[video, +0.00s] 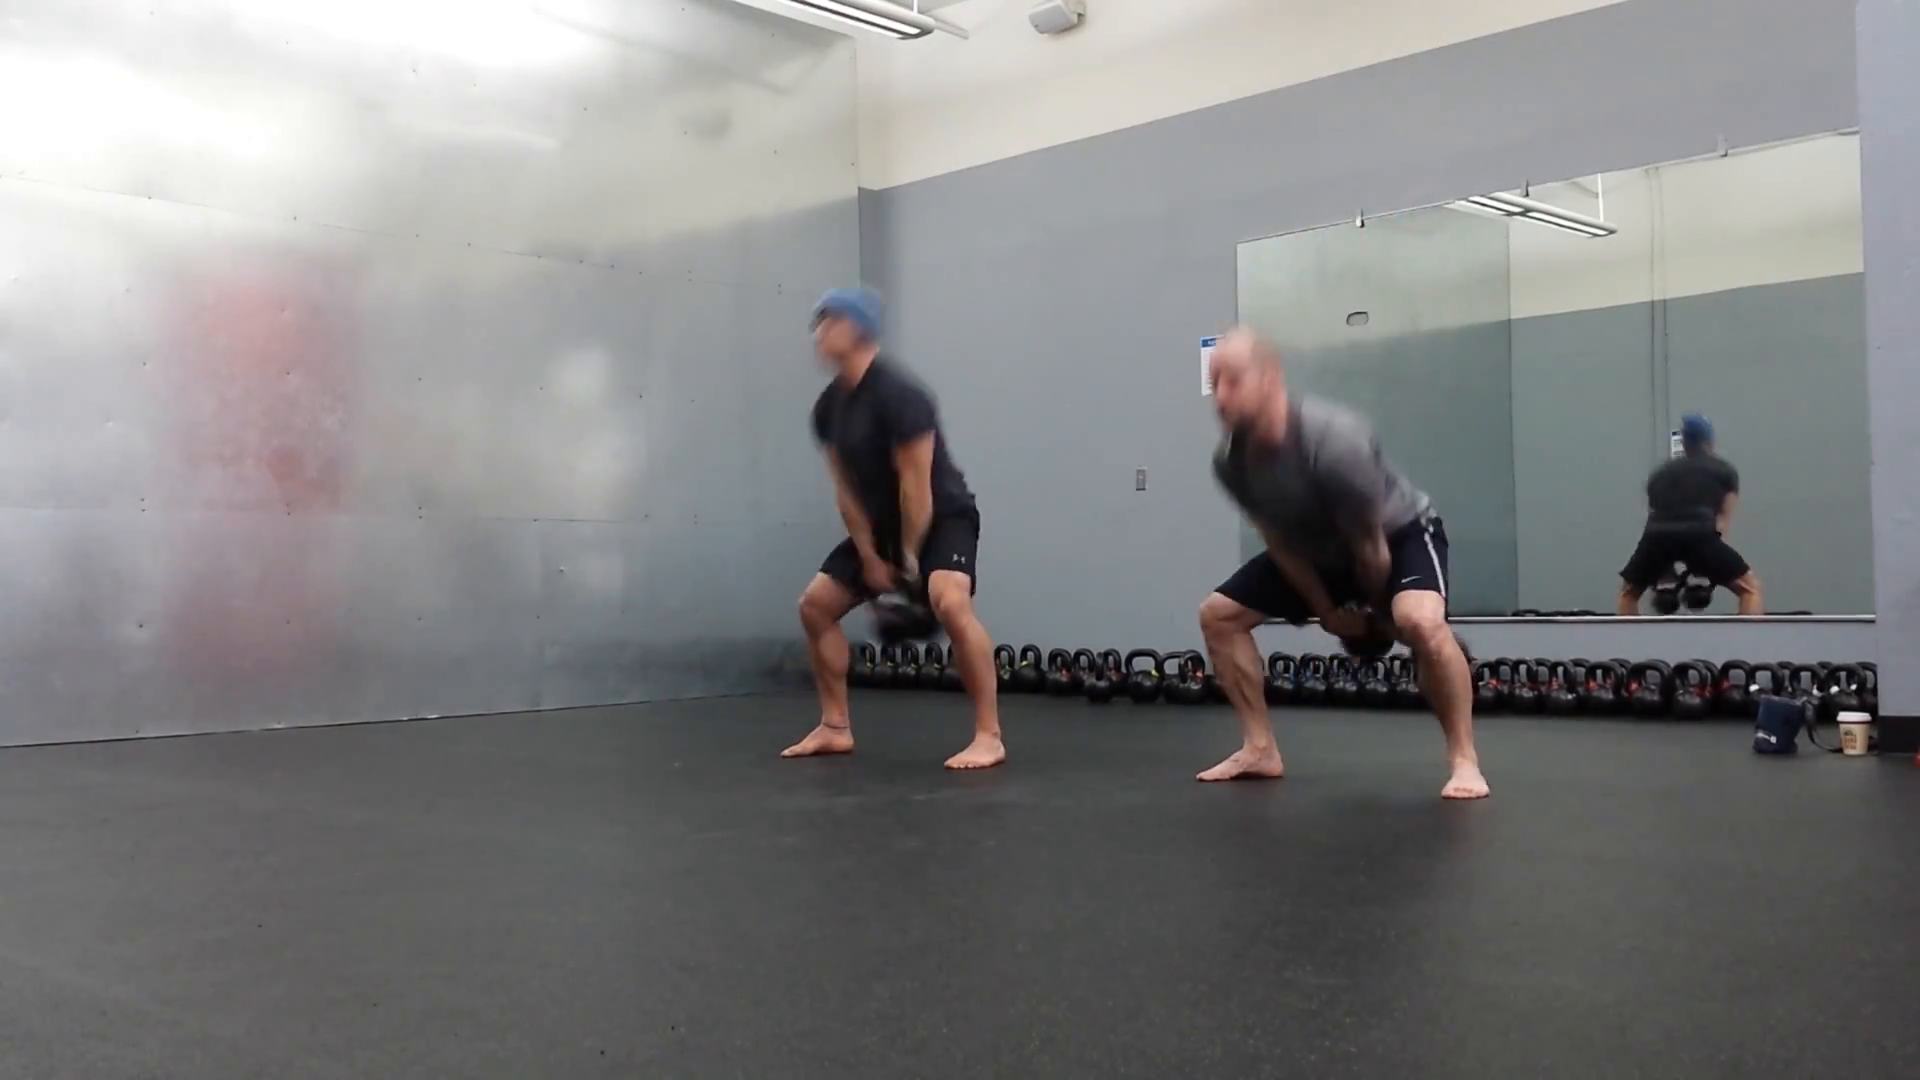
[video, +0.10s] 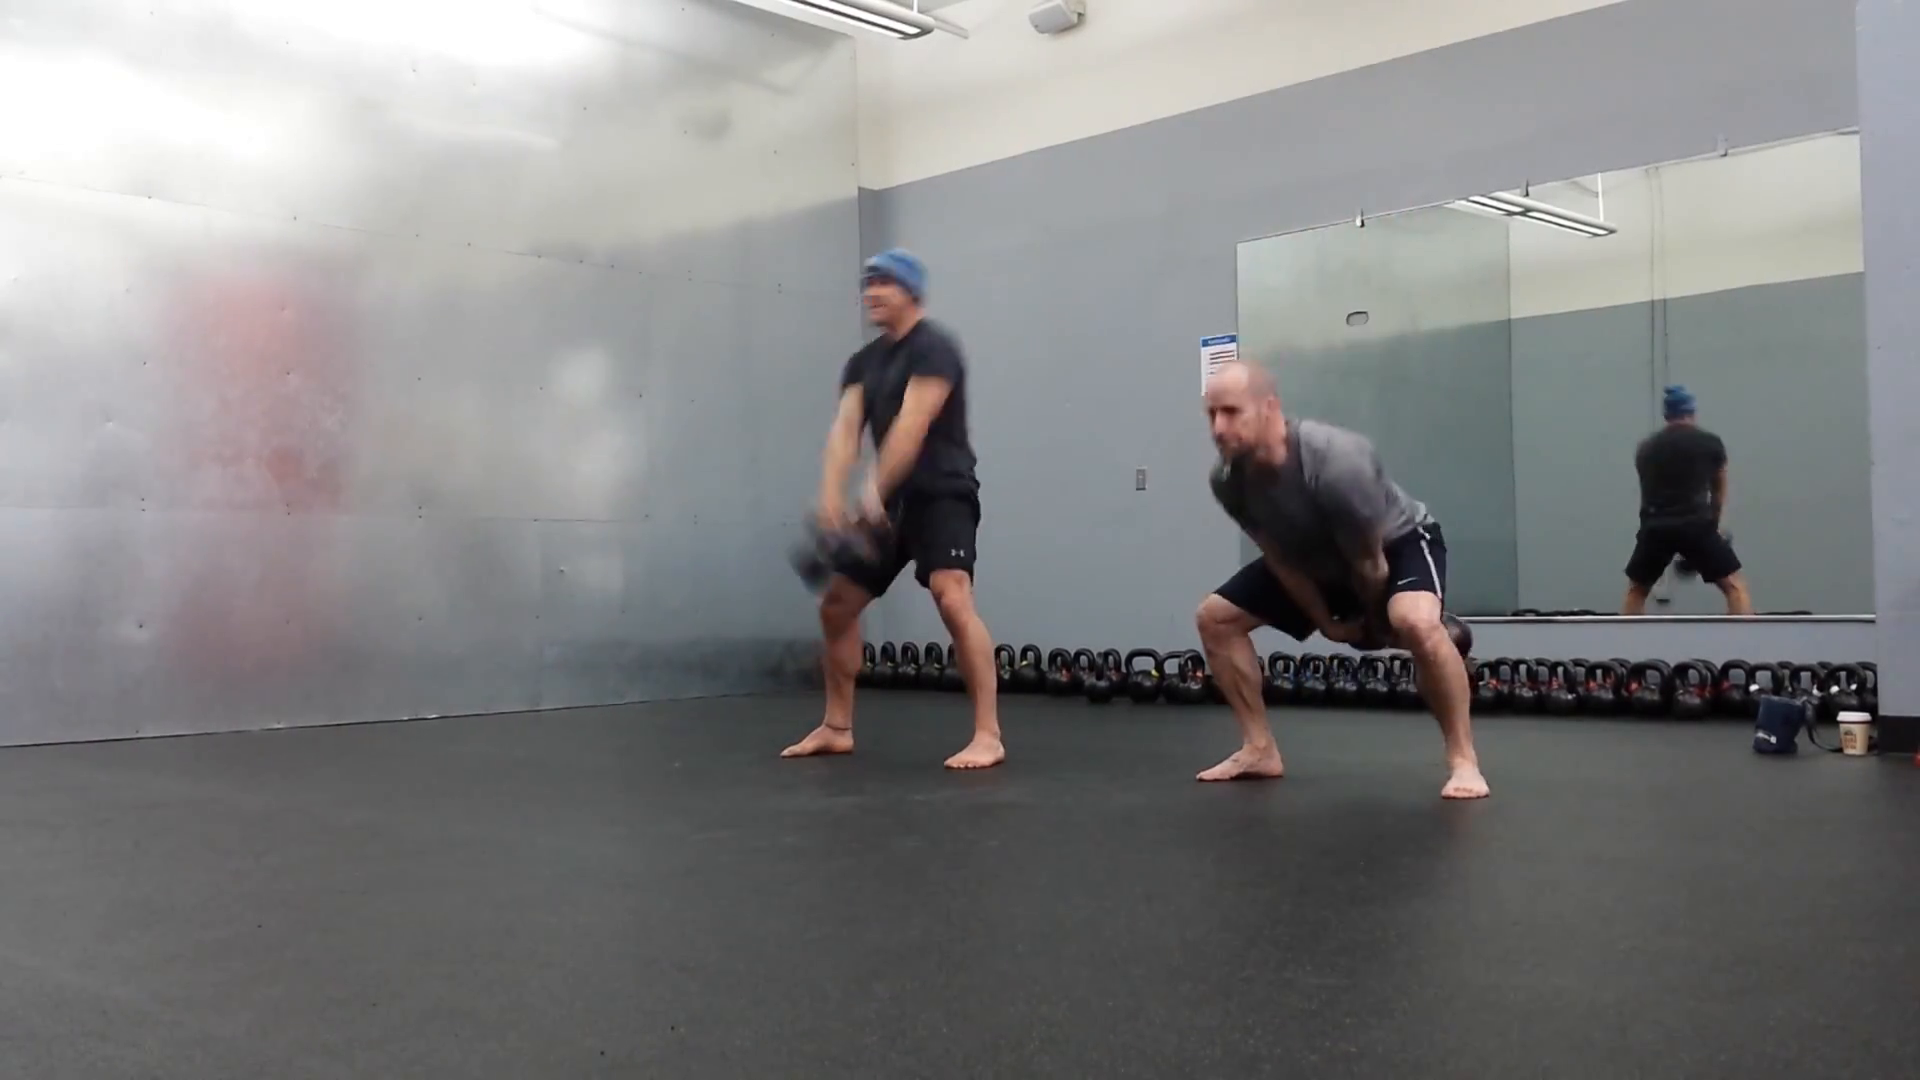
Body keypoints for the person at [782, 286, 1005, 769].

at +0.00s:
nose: (819, 331)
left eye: (831, 321)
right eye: (820, 322)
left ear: (861, 330)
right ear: (827, 334)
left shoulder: (902, 396)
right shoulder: (829, 407)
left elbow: (917, 486)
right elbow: (845, 489)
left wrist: (910, 556)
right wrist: (868, 555)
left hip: (943, 517)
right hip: (882, 522)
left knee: (949, 602)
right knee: (816, 607)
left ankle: (989, 735)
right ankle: (835, 726)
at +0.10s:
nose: (871, 293)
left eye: (882, 284)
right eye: (868, 285)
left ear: (911, 292)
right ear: (866, 296)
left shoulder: (935, 348)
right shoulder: (864, 361)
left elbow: (911, 428)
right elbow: (844, 431)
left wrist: (873, 493)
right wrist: (831, 497)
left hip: (944, 496)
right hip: (893, 500)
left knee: (952, 598)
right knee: (838, 607)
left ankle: (988, 735)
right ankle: (837, 726)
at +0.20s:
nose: (900, 293)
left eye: (909, 283)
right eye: (896, 285)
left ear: (939, 288)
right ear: (897, 294)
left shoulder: (968, 333)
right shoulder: (893, 347)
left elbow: (923, 386)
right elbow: (853, 391)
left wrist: (858, 401)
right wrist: (810, 416)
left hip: (937, 489)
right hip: (884, 488)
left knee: (951, 600)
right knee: (851, 605)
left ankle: (985, 735)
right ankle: (838, 726)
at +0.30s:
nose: (898, 293)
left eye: (908, 283)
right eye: (895, 285)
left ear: (937, 290)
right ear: (897, 296)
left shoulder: (969, 340)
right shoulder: (891, 360)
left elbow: (935, 375)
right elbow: (831, 399)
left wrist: (864, 339)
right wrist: (804, 360)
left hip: (927, 491)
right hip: (872, 491)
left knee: (946, 600)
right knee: (854, 609)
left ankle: (987, 735)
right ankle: (838, 727)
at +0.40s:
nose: (882, 285)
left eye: (891, 276)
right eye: (880, 278)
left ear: (919, 283)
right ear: (878, 283)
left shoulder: (953, 334)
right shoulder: (870, 342)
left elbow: (910, 309)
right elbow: (804, 335)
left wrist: (863, 257)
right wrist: (791, 287)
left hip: (918, 488)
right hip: (862, 491)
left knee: (944, 602)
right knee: (852, 614)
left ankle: (987, 734)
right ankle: (839, 727)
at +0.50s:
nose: (862, 279)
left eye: (875, 270)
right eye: (858, 271)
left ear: (901, 276)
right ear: (857, 279)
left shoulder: (931, 327)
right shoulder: (854, 332)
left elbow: (899, 261)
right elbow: (799, 285)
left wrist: (867, 197)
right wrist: (793, 215)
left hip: (911, 489)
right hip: (856, 492)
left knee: (943, 605)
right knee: (852, 617)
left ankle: (987, 736)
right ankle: (839, 729)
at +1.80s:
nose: (881, 277)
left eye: (894, 269)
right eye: (879, 269)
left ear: (921, 281)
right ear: (874, 284)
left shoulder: (943, 335)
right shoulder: (863, 345)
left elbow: (918, 341)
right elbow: (796, 363)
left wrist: (899, 276)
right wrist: (810, 300)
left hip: (913, 492)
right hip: (857, 493)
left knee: (945, 609)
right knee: (853, 618)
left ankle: (987, 737)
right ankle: (839, 728)